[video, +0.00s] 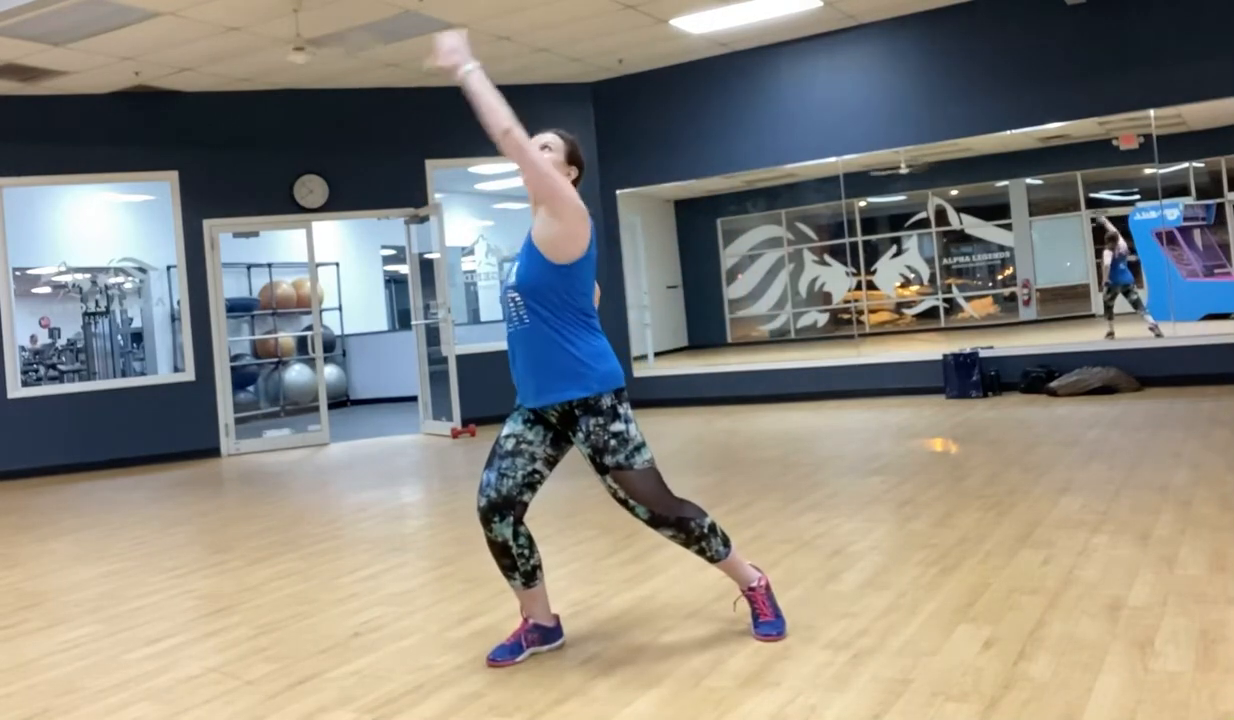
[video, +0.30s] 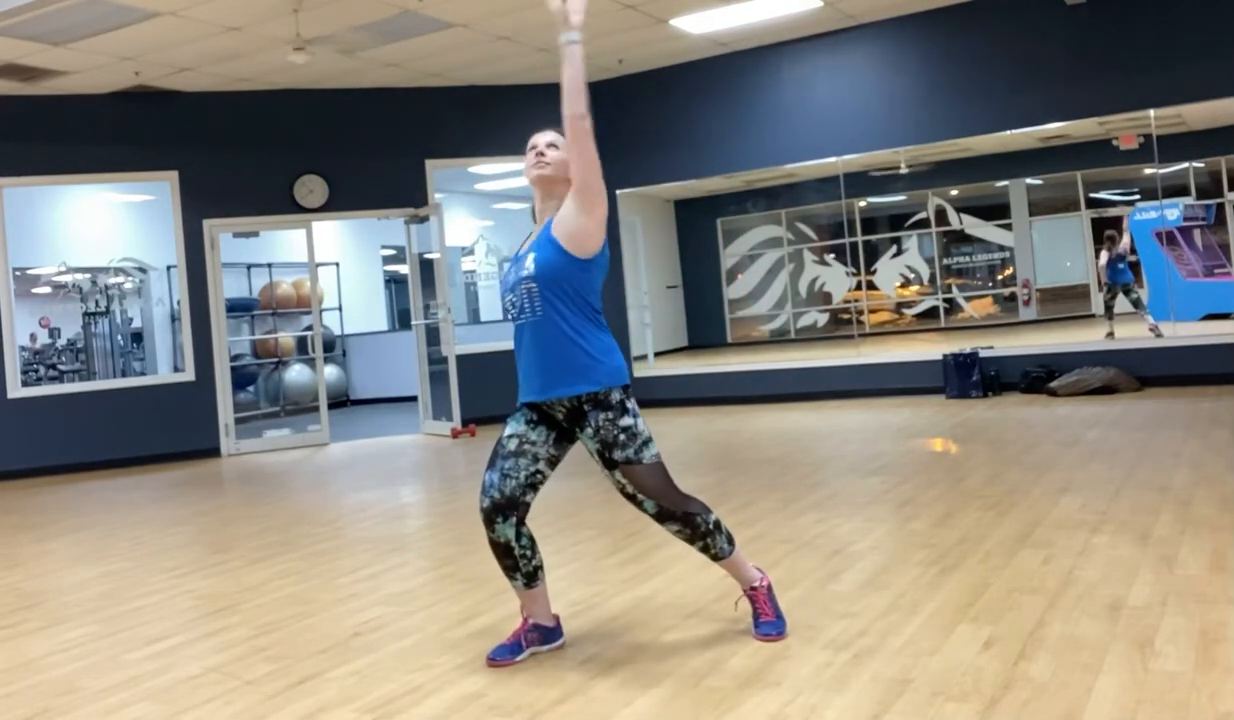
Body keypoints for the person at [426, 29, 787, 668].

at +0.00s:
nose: (528, 151)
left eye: (542, 147)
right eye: (530, 145)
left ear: (567, 169)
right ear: (544, 170)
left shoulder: (565, 209)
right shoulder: (546, 225)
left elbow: (506, 134)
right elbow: (584, 304)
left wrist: (467, 64)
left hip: (593, 398)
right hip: (539, 405)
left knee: (655, 507)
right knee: (496, 506)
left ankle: (752, 582)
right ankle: (539, 620)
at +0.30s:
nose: (540, 152)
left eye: (552, 146)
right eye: (531, 149)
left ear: (574, 164)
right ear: (524, 172)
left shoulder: (583, 216)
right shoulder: (531, 239)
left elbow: (577, 118)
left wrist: (571, 33)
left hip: (601, 398)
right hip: (539, 405)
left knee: (662, 503)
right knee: (498, 507)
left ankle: (753, 583)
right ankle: (540, 621)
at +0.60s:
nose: (547, 152)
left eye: (556, 145)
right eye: (536, 149)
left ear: (574, 162)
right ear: (524, 173)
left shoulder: (592, 214)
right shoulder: (526, 243)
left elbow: (621, 123)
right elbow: (540, 320)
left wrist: (635, 38)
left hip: (607, 394)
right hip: (541, 403)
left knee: (673, 498)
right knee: (498, 508)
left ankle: (755, 587)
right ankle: (540, 621)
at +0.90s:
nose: (550, 157)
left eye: (557, 147)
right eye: (537, 150)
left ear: (572, 153)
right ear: (521, 163)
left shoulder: (598, 200)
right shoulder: (500, 230)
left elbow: (657, 132)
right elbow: (439, 268)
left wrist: (697, 61)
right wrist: (397, 311)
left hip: (614, 376)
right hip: (540, 389)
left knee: (677, 486)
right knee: (507, 501)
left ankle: (746, 590)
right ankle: (540, 621)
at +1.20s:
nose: (583, 174)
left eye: (590, 162)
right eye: (571, 166)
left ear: (606, 151)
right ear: (555, 163)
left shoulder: (641, 186)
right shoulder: (546, 208)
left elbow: (715, 179)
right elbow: (457, 195)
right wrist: (373, 163)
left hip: (650, 371)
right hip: (579, 376)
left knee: (691, 480)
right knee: (537, 487)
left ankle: (670, 607)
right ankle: (471, 604)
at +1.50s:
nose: (631, 196)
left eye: (637, 183)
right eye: (617, 189)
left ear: (646, 177)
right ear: (596, 192)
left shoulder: (647, 229)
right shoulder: (592, 248)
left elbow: (640, 300)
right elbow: (553, 326)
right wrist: (508, 388)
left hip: (659, 398)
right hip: (601, 404)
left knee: (712, 493)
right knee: (545, 510)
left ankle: (671, 608)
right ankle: (442, 610)